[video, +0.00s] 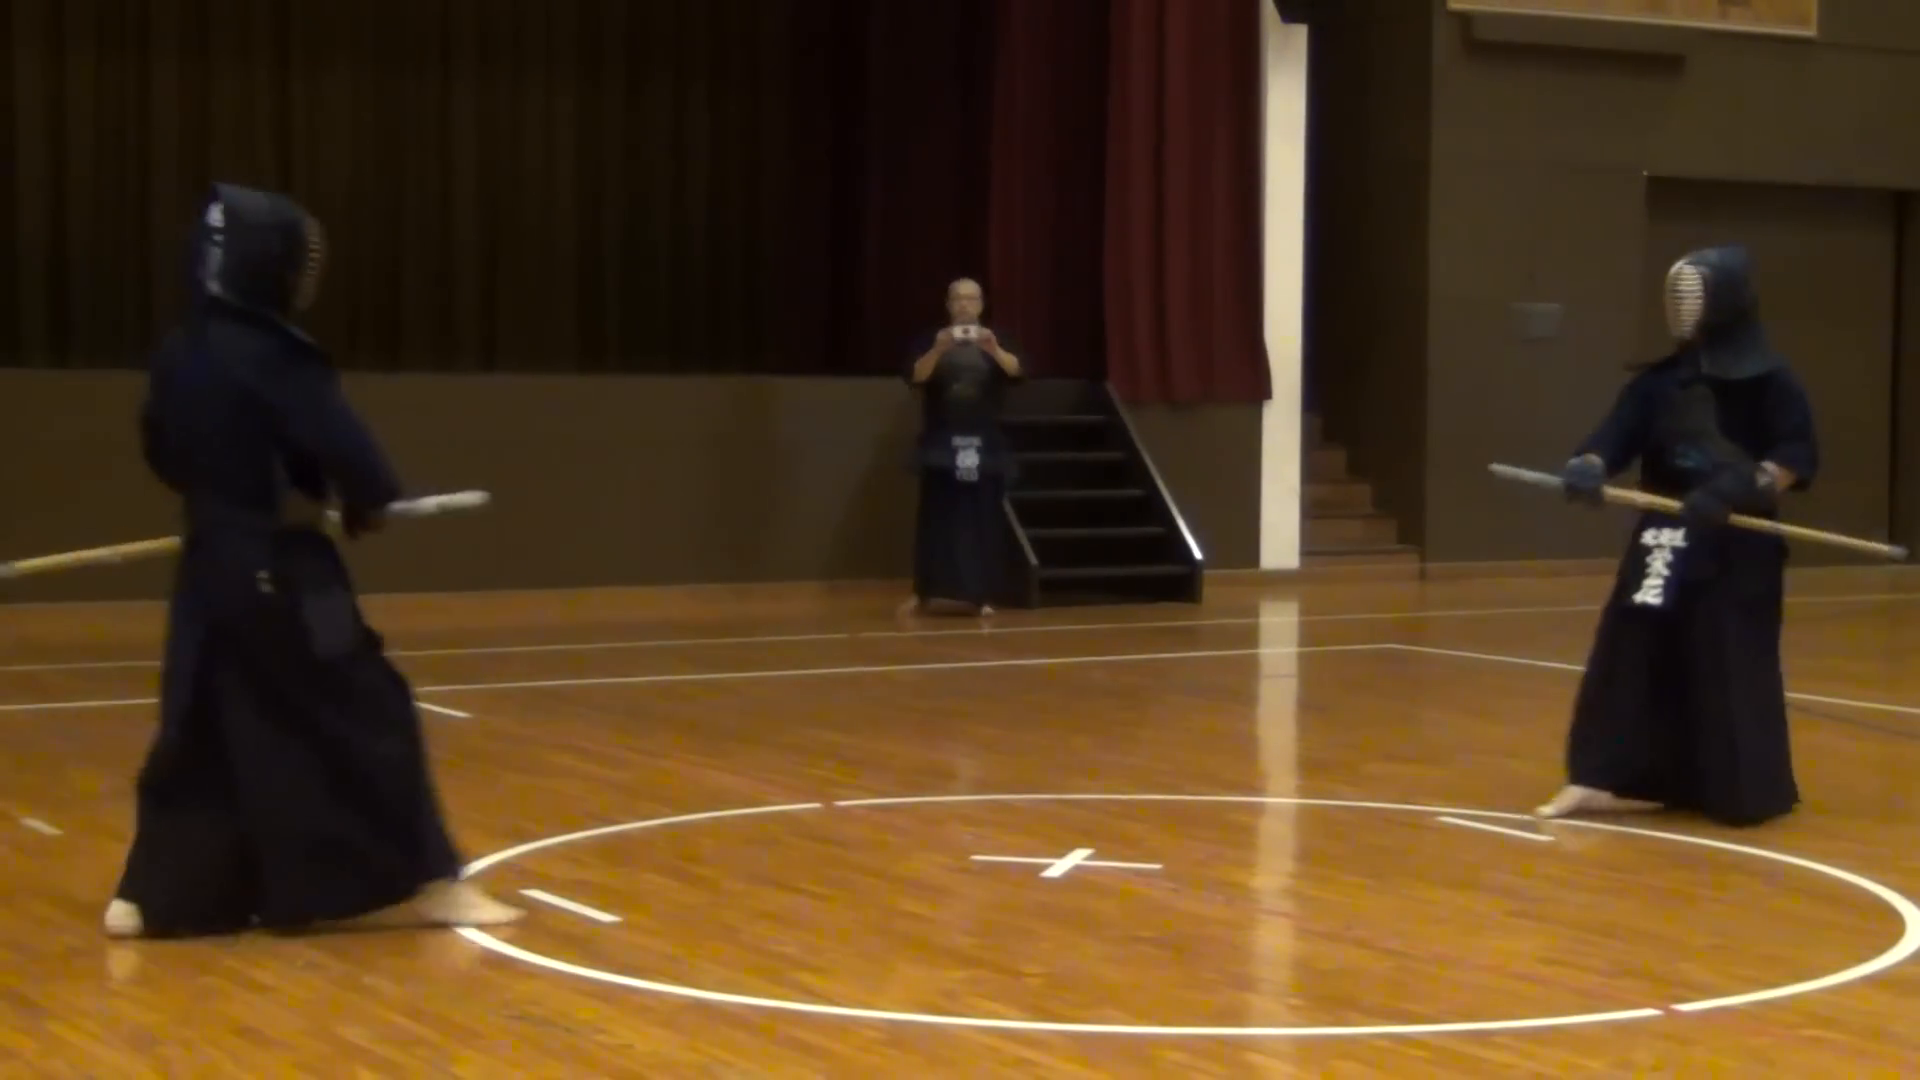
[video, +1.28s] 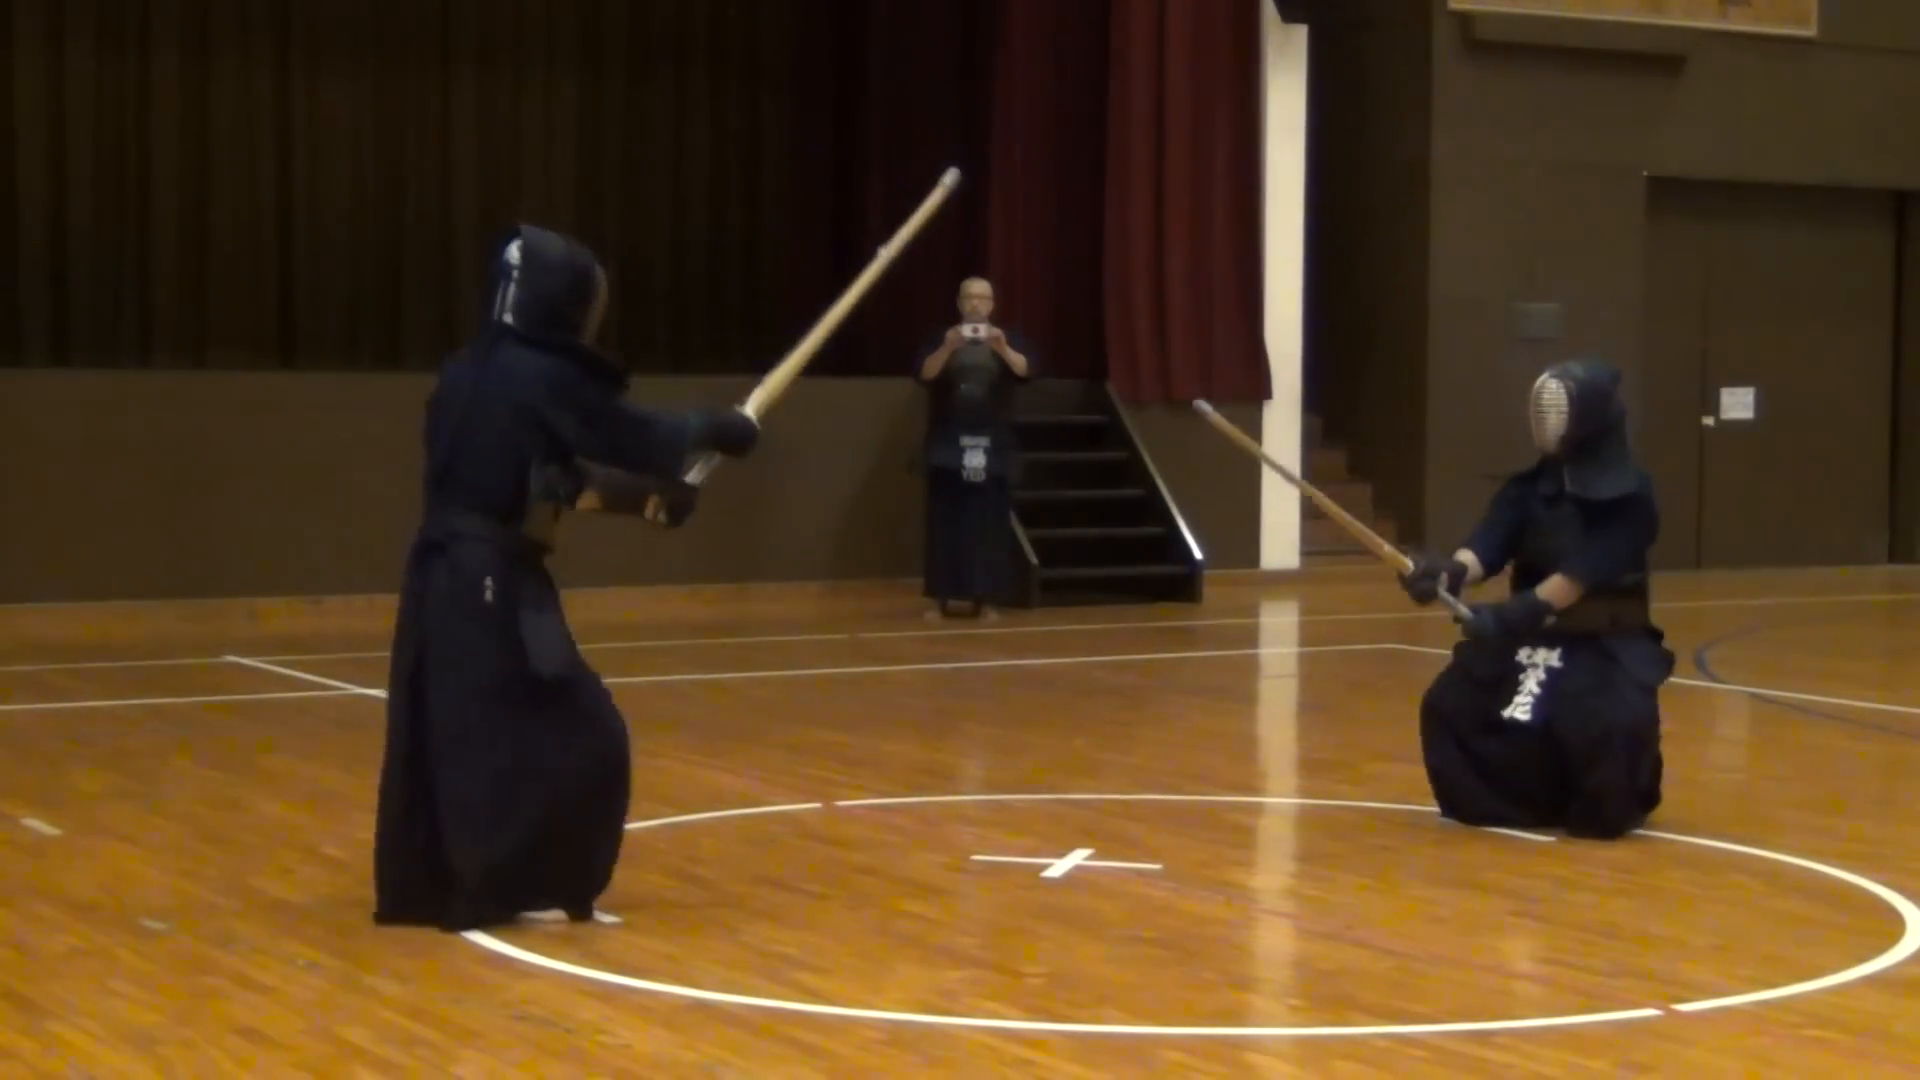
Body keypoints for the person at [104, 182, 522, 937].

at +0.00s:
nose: (315, 278)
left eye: (314, 262)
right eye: (306, 263)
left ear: (226, 266)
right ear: (274, 269)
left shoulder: (185, 350)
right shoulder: (282, 360)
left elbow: (166, 455)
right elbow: (356, 460)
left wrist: (255, 492)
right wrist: (368, 504)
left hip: (210, 567)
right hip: (284, 571)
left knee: (202, 725)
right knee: (375, 706)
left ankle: (143, 892)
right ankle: (437, 879)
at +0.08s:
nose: (361, 287)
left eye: (359, 273)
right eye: (352, 274)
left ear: (273, 278)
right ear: (324, 283)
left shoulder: (237, 357)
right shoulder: (332, 373)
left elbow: (213, 462)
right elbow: (404, 483)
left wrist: (292, 500)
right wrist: (411, 513)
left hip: (254, 579)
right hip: (331, 585)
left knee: (228, 730)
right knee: (428, 717)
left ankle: (147, 887)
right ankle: (497, 877)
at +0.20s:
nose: (442, 297)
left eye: (442, 281)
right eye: (436, 283)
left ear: (357, 282)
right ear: (410, 289)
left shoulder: (315, 357)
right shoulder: (411, 373)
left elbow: (289, 451)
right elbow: (471, 470)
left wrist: (388, 472)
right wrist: (500, 506)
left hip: (325, 575)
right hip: (394, 579)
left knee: (309, 724)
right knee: (496, 700)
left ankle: (190, 856)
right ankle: (518, 884)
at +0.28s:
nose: (488, 280)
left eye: (487, 265)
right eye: (482, 267)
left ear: (404, 268)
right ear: (457, 274)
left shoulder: (351, 349)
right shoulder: (453, 356)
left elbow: (356, 441)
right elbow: (518, 455)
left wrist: (460, 469)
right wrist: (554, 487)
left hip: (354, 563)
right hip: (422, 567)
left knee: (366, 711)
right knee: (502, 701)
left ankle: (249, 832)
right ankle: (519, 886)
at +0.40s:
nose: (532, 263)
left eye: (531, 249)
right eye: (526, 250)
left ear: (444, 245)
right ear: (506, 257)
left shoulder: (396, 317)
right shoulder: (501, 335)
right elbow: (590, 444)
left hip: (387, 537)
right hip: (455, 544)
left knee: (398, 695)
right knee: (511, 699)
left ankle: (345, 855)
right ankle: (519, 884)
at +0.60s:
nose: (565, 258)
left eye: (561, 244)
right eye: (559, 246)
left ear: (483, 242)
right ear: (540, 250)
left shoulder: (432, 320)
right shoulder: (535, 325)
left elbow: (486, 438)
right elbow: (627, 415)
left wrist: (586, 467)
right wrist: (651, 371)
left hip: (420, 535)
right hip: (492, 541)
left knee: (437, 702)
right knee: (519, 706)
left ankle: (456, 878)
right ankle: (534, 888)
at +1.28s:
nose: (597, 315)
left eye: (596, 301)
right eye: (591, 302)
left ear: (521, 300)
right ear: (565, 307)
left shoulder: (467, 370)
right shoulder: (553, 379)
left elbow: (544, 478)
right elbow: (633, 437)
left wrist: (643, 498)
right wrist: (714, 426)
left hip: (437, 582)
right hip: (497, 589)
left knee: (462, 730)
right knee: (590, 731)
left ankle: (456, 889)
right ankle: (540, 886)